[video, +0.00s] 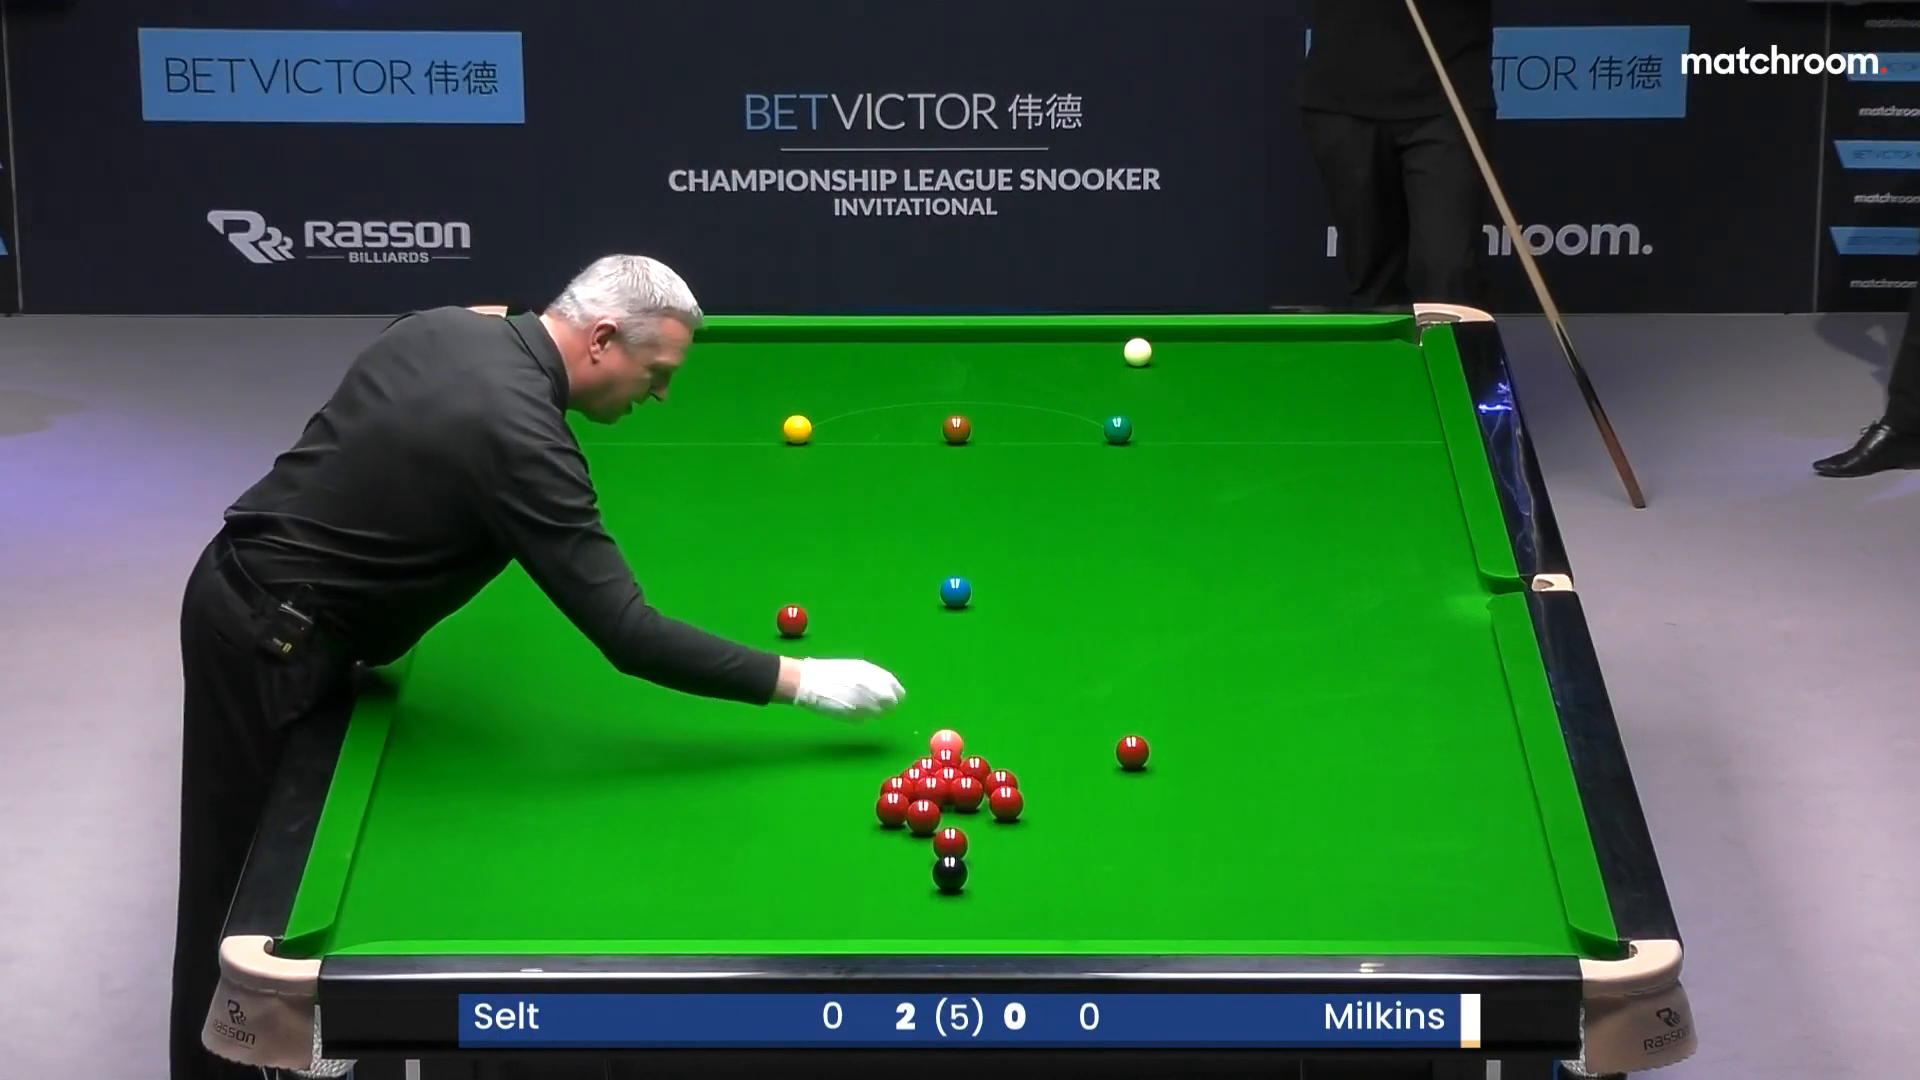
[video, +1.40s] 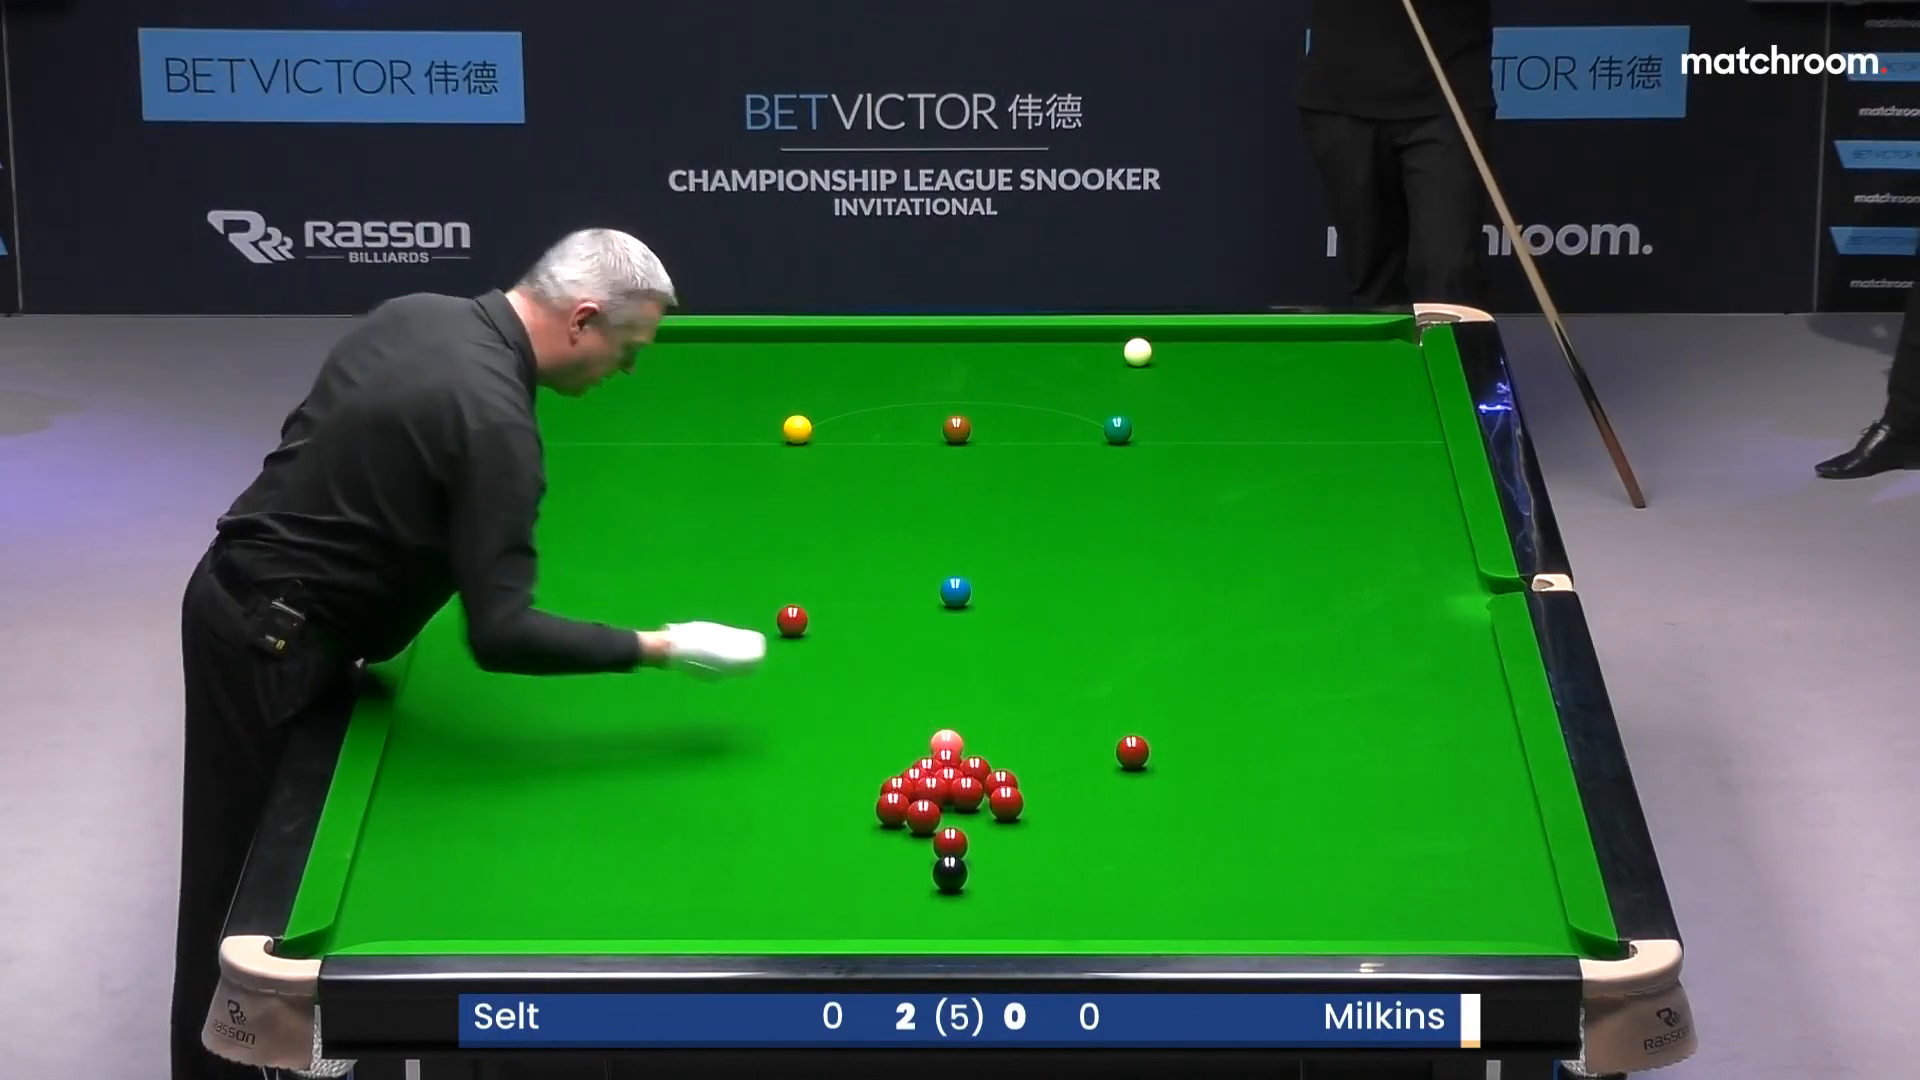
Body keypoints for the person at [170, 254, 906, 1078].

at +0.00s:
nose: (655, 393)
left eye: (666, 376)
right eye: (656, 372)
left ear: (584, 318)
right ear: (601, 334)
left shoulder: (446, 326)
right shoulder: (524, 432)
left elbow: (339, 448)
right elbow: (629, 631)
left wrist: (362, 615)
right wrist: (797, 675)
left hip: (240, 587)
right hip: (276, 635)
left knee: (240, 878)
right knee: (247, 892)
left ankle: (225, 1056)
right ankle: (219, 1063)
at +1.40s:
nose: (622, 369)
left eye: (632, 353)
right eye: (627, 349)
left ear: (565, 307)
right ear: (583, 317)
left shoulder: (415, 314)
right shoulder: (497, 422)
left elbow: (302, 445)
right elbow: (501, 635)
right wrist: (658, 644)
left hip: (234, 597)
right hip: (278, 640)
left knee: (234, 876)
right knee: (247, 890)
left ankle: (224, 1055)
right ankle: (216, 1061)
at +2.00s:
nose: (418, 299)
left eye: (433, 283)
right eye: (430, 279)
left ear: (374, 226)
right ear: (396, 241)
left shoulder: (246, 279)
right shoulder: (309, 338)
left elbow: (226, 443)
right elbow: (267, 533)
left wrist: (338, 503)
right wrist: (378, 573)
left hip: (164, 613)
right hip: (210, 637)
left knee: (201, 860)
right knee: (222, 872)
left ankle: (189, 1050)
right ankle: (193, 1058)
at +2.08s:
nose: (401, 296)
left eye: (415, 280)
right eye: (409, 274)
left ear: (354, 224)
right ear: (366, 235)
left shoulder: (230, 279)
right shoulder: (280, 337)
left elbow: (223, 444)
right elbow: (241, 535)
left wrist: (333, 498)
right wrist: (359, 574)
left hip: (156, 615)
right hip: (190, 639)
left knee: (205, 874)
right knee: (207, 892)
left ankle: (153, 1058)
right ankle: (140, 1066)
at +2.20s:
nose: (365, 303)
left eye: (378, 289)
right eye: (370, 282)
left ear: (314, 234)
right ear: (320, 239)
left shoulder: (219, 287)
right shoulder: (231, 340)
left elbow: (227, 461)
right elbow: (182, 545)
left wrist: (326, 504)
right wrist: (320, 585)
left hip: (174, 631)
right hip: (151, 643)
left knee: (207, 875)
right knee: (159, 878)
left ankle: (214, 1066)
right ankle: (31, 1064)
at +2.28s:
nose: (341, 308)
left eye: (354, 295)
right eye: (342, 287)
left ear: (289, 243)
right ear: (287, 243)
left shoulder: (213, 306)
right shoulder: (188, 344)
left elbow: (220, 475)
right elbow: (127, 549)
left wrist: (313, 519)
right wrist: (274, 597)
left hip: (168, 644)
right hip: (116, 653)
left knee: (199, 890)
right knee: (101, 892)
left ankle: (211, 1069)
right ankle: (14, 1057)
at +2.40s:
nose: (282, 333)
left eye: (295, 319)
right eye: (280, 312)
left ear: (233, 264)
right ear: (227, 263)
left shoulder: (196, 328)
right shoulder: (119, 364)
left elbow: (199, 486)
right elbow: (40, 556)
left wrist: (276, 558)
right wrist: (192, 626)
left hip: (149, 686)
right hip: (58, 693)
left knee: (186, 923)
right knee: (15, 945)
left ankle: (206, 1070)